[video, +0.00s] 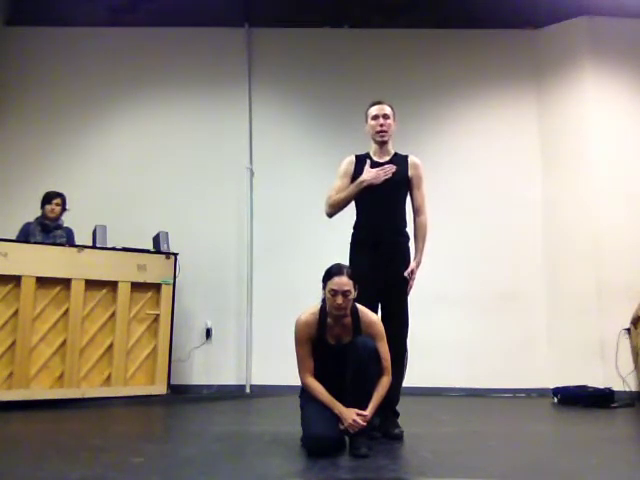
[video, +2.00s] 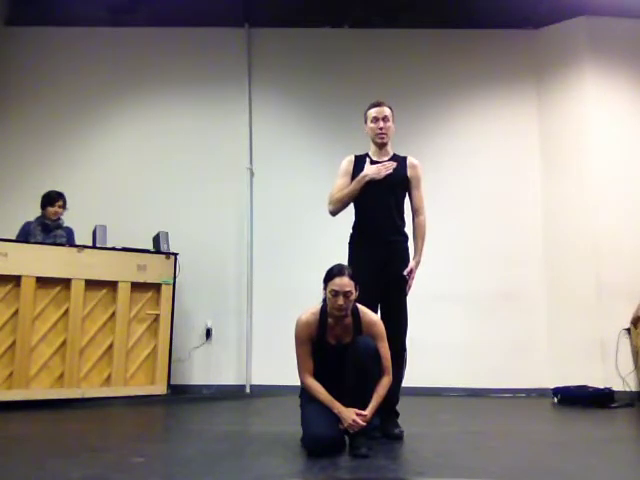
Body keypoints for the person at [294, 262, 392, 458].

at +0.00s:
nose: (339, 301)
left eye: (346, 294)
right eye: (333, 294)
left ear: (355, 293)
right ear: (324, 292)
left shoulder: (371, 322)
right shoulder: (307, 323)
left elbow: (386, 374)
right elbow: (307, 378)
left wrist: (366, 414)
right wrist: (342, 412)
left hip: (355, 392)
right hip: (321, 393)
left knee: (364, 347)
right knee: (321, 445)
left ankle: (360, 431)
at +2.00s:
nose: (340, 302)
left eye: (347, 295)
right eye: (334, 295)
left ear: (356, 294)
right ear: (325, 292)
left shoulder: (372, 323)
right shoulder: (307, 323)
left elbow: (387, 375)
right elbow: (306, 378)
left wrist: (367, 413)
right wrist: (341, 411)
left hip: (355, 393)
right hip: (321, 393)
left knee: (365, 347)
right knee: (322, 444)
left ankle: (360, 432)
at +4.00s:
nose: (339, 304)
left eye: (346, 297)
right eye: (333, 296)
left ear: (355, 295)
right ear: (324, 293)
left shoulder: (370, 323)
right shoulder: (306, 324)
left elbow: (391, 377)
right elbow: (306, 378)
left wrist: (362, 414)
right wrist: (338, 413)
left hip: (356, 394)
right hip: (321, 395)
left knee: (365, 346)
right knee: (320, 445)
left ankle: (360, 433)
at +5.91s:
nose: (339, 305)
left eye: (346, 298)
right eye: (333, 297)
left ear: (355, 295)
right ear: (324, 293)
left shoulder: (370, 323)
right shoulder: (307, 324)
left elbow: (391, 377)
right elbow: (306, 378)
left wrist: (363, 413)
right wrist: (338, 413)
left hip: (356, 392)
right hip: (321, 394)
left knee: (365, 347)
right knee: (321, 445)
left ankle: (360, 433)